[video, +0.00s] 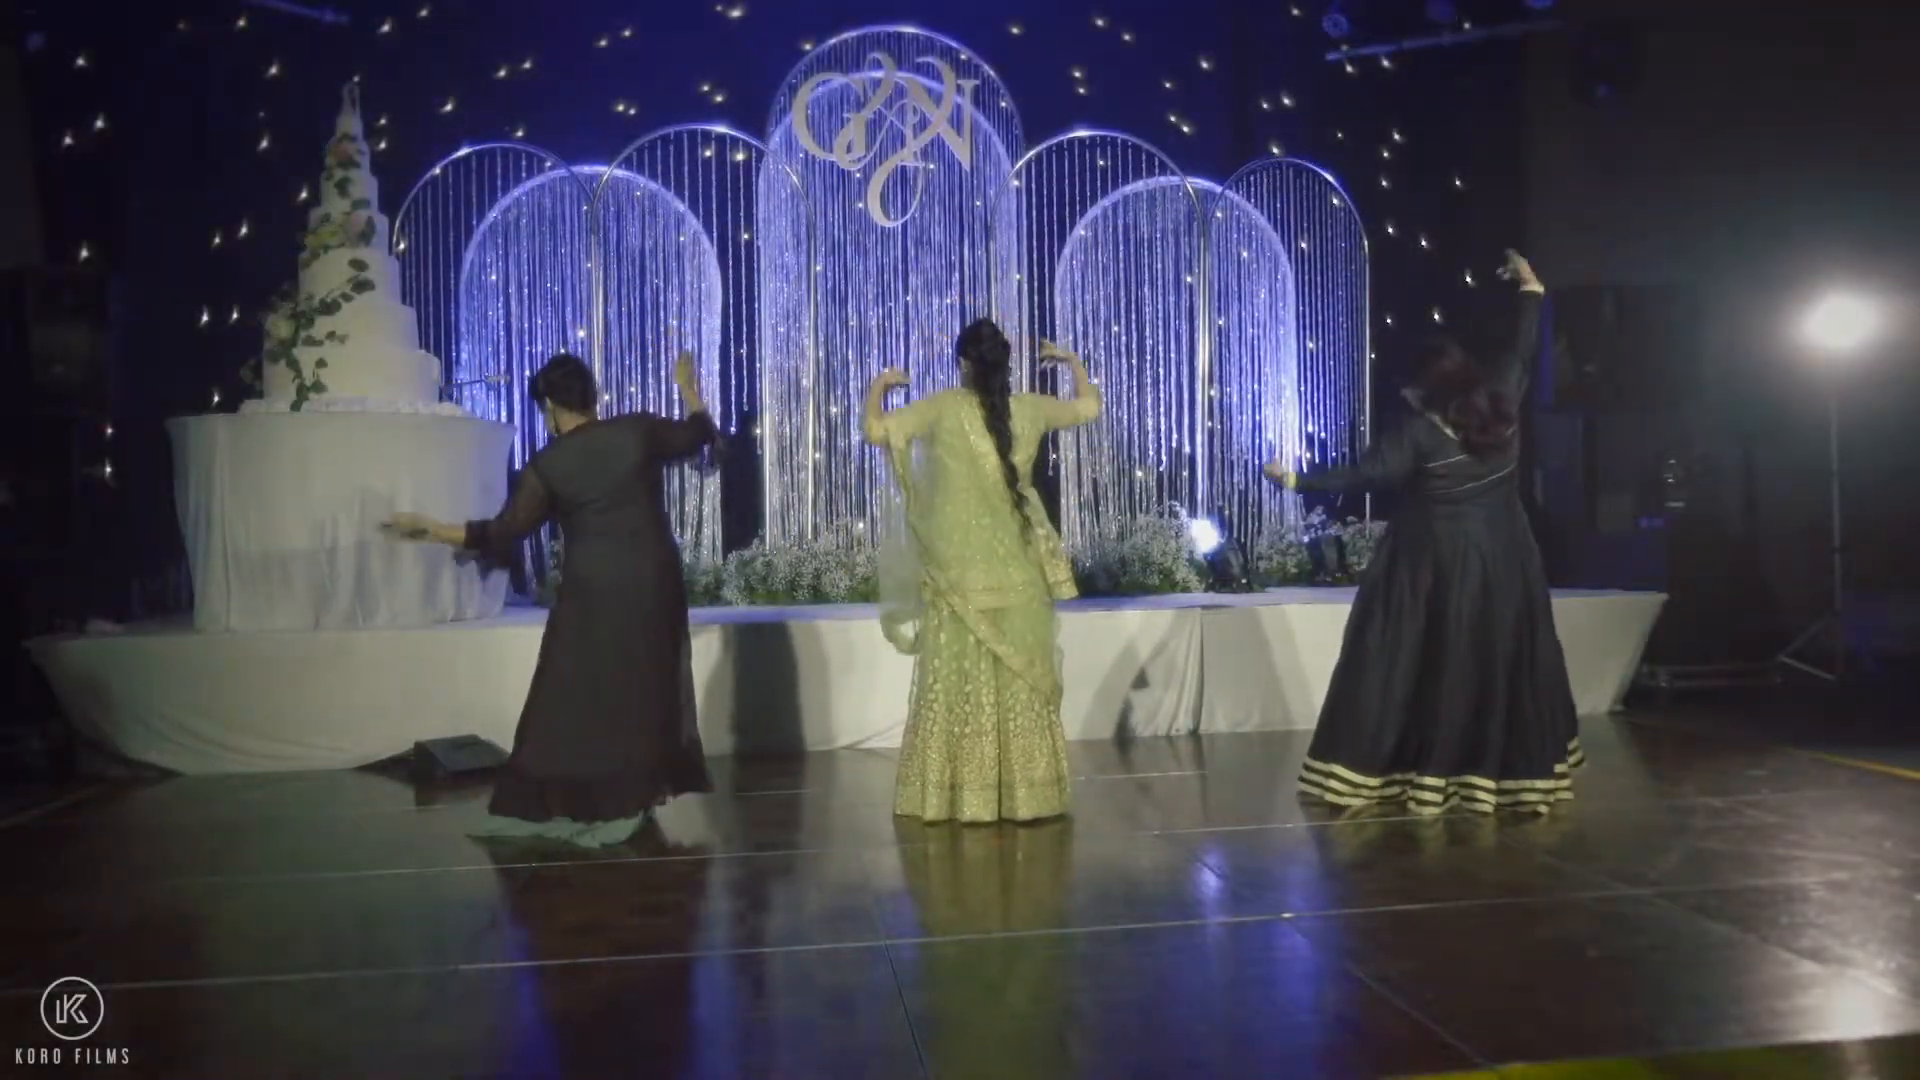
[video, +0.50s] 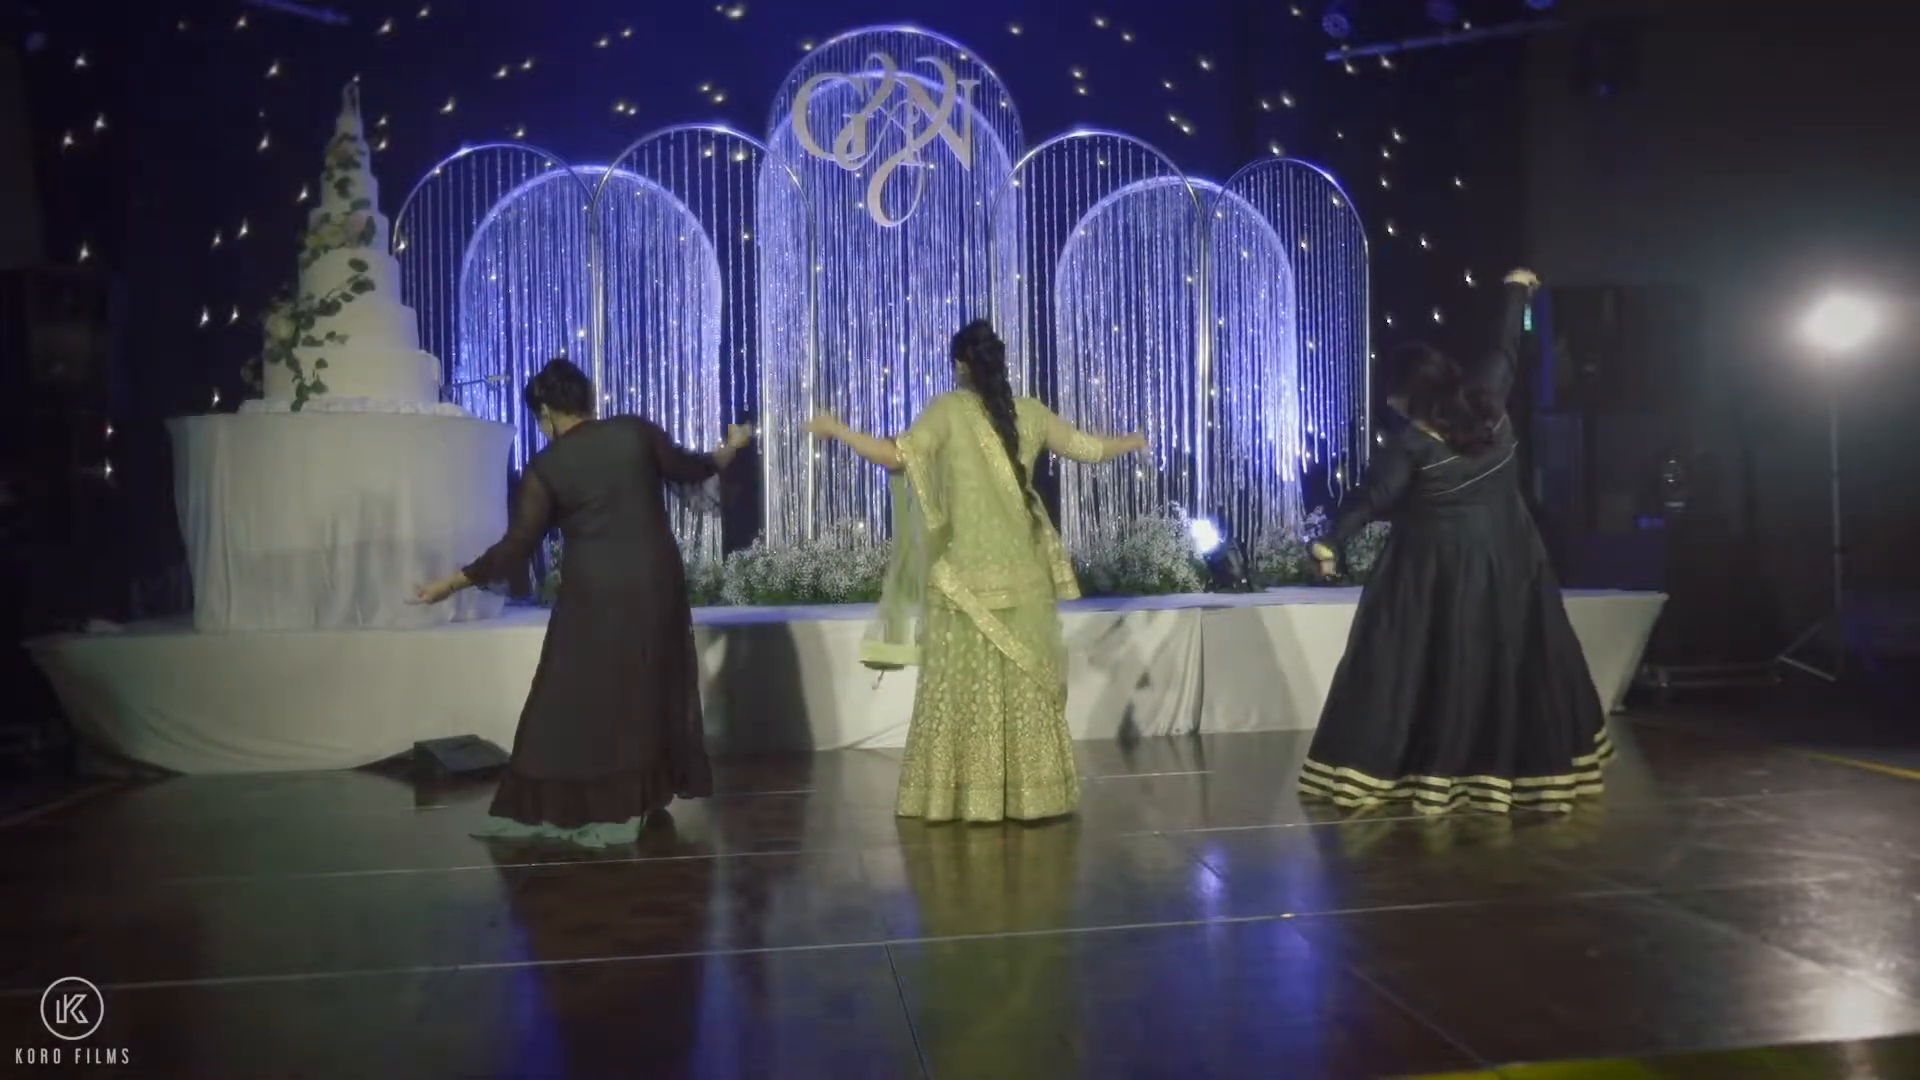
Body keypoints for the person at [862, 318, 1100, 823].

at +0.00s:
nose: (959, 366)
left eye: (960, 358)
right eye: (968, 358)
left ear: (962, 363)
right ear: (1005, 362)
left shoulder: (942, 407)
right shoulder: (1029, 408)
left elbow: (875, 430)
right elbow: (1089, 407)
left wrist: (879, 386)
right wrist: (1075, 362)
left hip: (958, 568)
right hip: (1018, 567)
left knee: (958, 685)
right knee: (1022, 681)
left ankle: (962, 795)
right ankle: (1025, 795)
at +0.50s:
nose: (954, 368)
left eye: (954, 361)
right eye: (959, 360)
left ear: (960, 363)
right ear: (998, 360)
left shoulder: (946, 409)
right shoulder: (1028, 412)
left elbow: (895, 456)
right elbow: (1088, 448)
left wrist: (837, 431)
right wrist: (1128, 442)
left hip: (966, 576)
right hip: (1027, 574)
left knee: (966, 691)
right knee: (1030, 686)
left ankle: (969, 797)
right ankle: (1032, 795)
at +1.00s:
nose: (947, 374)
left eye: (947, 368)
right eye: (950, 367)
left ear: (956, 368)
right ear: (993, 365)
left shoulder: (947, 413)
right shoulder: (1031, 414)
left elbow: (889, 461)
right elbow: (1090, 454)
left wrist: (822, 456)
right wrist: (1137, 463)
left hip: (968, 576)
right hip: (1027, 575)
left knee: (968, 688)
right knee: (1029, 685)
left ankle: (967, 795)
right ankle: (1030, 794)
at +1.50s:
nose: (928, 373)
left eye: (933, 365)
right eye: (929, 365)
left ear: (954, 367)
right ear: (964, 367)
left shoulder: (955, 409)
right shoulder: (976, 409)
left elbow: (950, 465)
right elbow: (962, 469)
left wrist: (903, 463)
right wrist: (914, 463)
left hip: (967, 567)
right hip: (990, 564)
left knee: (969, 676)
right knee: (993, 676)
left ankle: (972, 792)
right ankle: (1001, 791)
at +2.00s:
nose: (924, 373)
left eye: (933, 364)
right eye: (919, 365)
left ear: (961, 368)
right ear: (917, 370)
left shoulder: (988, 414)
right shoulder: (910, 419)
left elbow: (1030, 474)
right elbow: (875, 467)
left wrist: (976, 484)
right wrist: (879, 526)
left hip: (980, 562)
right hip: (924, 561)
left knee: (979, 670)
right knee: (918, 671)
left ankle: (982, 788)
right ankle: (915, 790)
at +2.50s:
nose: (970, 375)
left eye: (977, 366)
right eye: (960, 368)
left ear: (991, 369)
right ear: (947, 373)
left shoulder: (1015, 416)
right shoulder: (930, 418)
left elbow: (1036, 486)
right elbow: (872, 461)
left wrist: (989, 494)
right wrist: (885, 522)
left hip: (997, 563)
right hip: (936, 563)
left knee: (999, 674)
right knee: (932, 675)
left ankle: (998, 790)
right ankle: (939, 789)